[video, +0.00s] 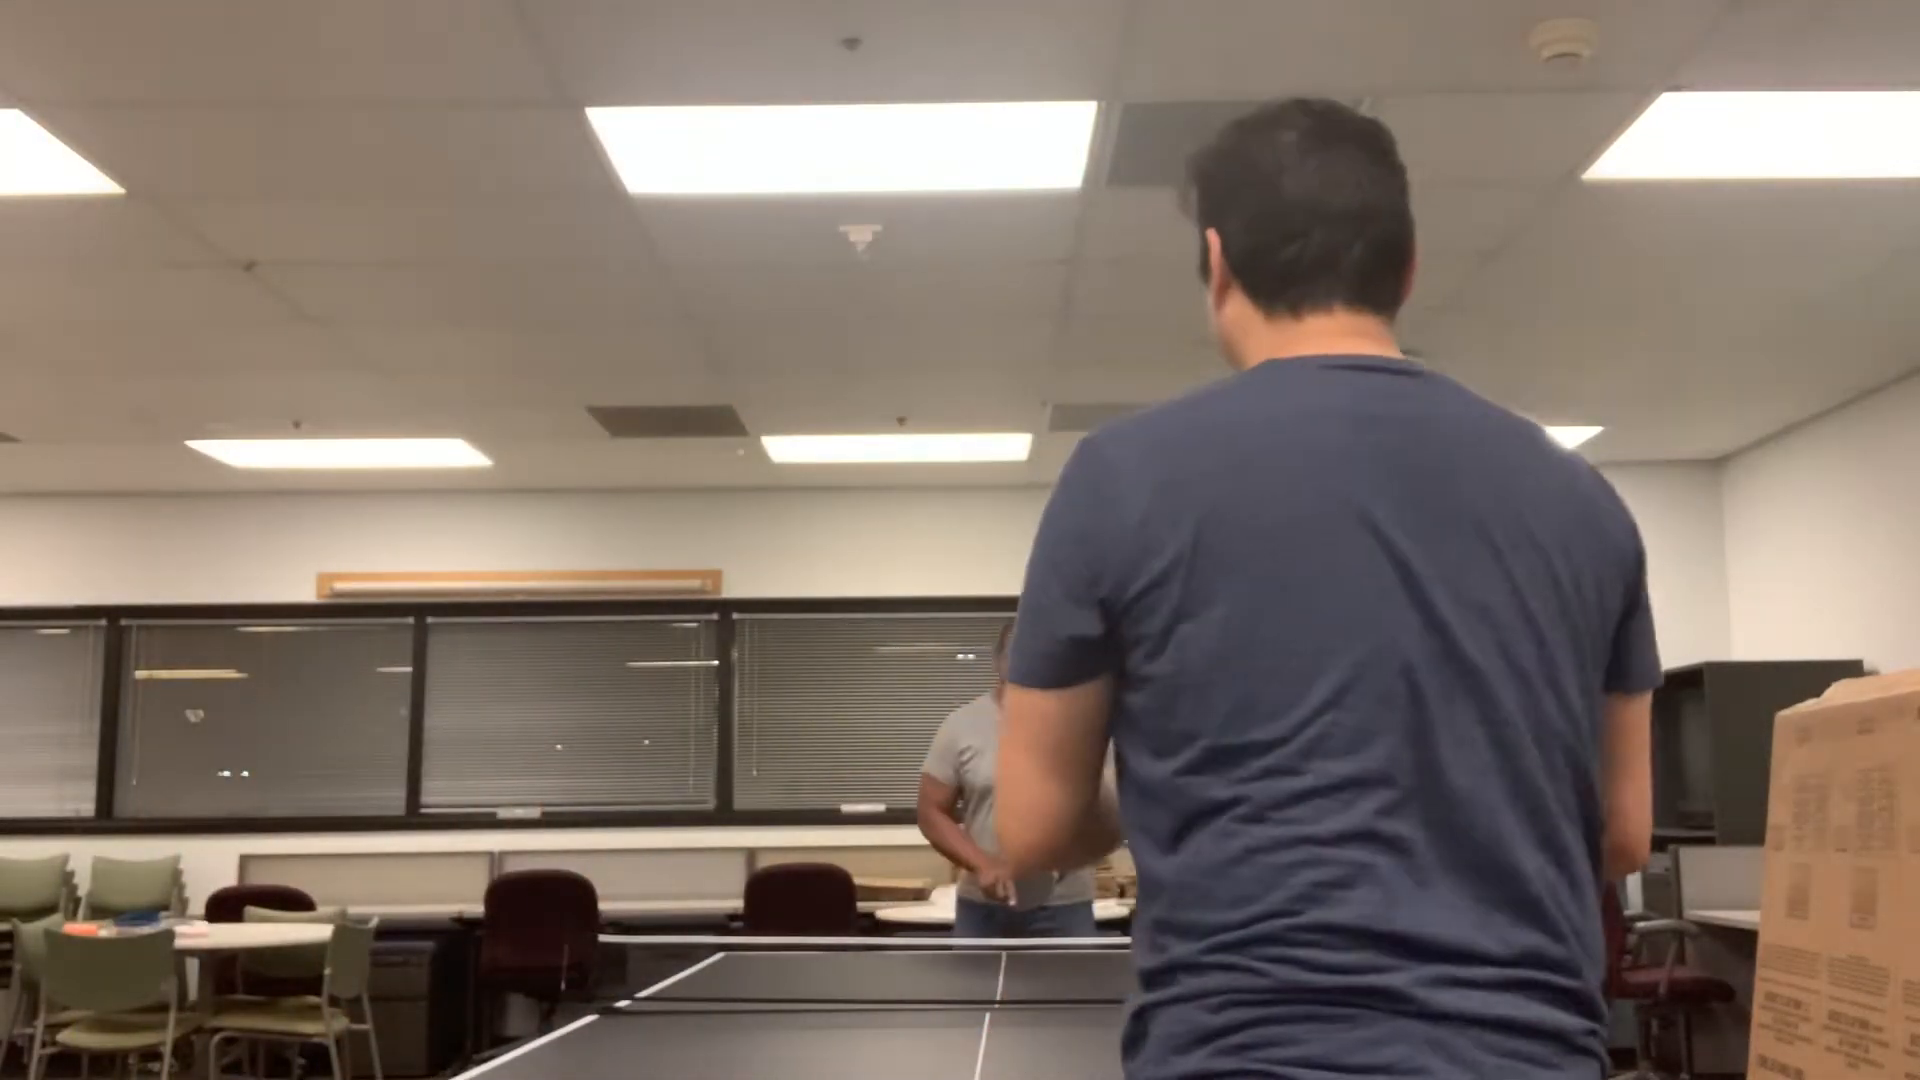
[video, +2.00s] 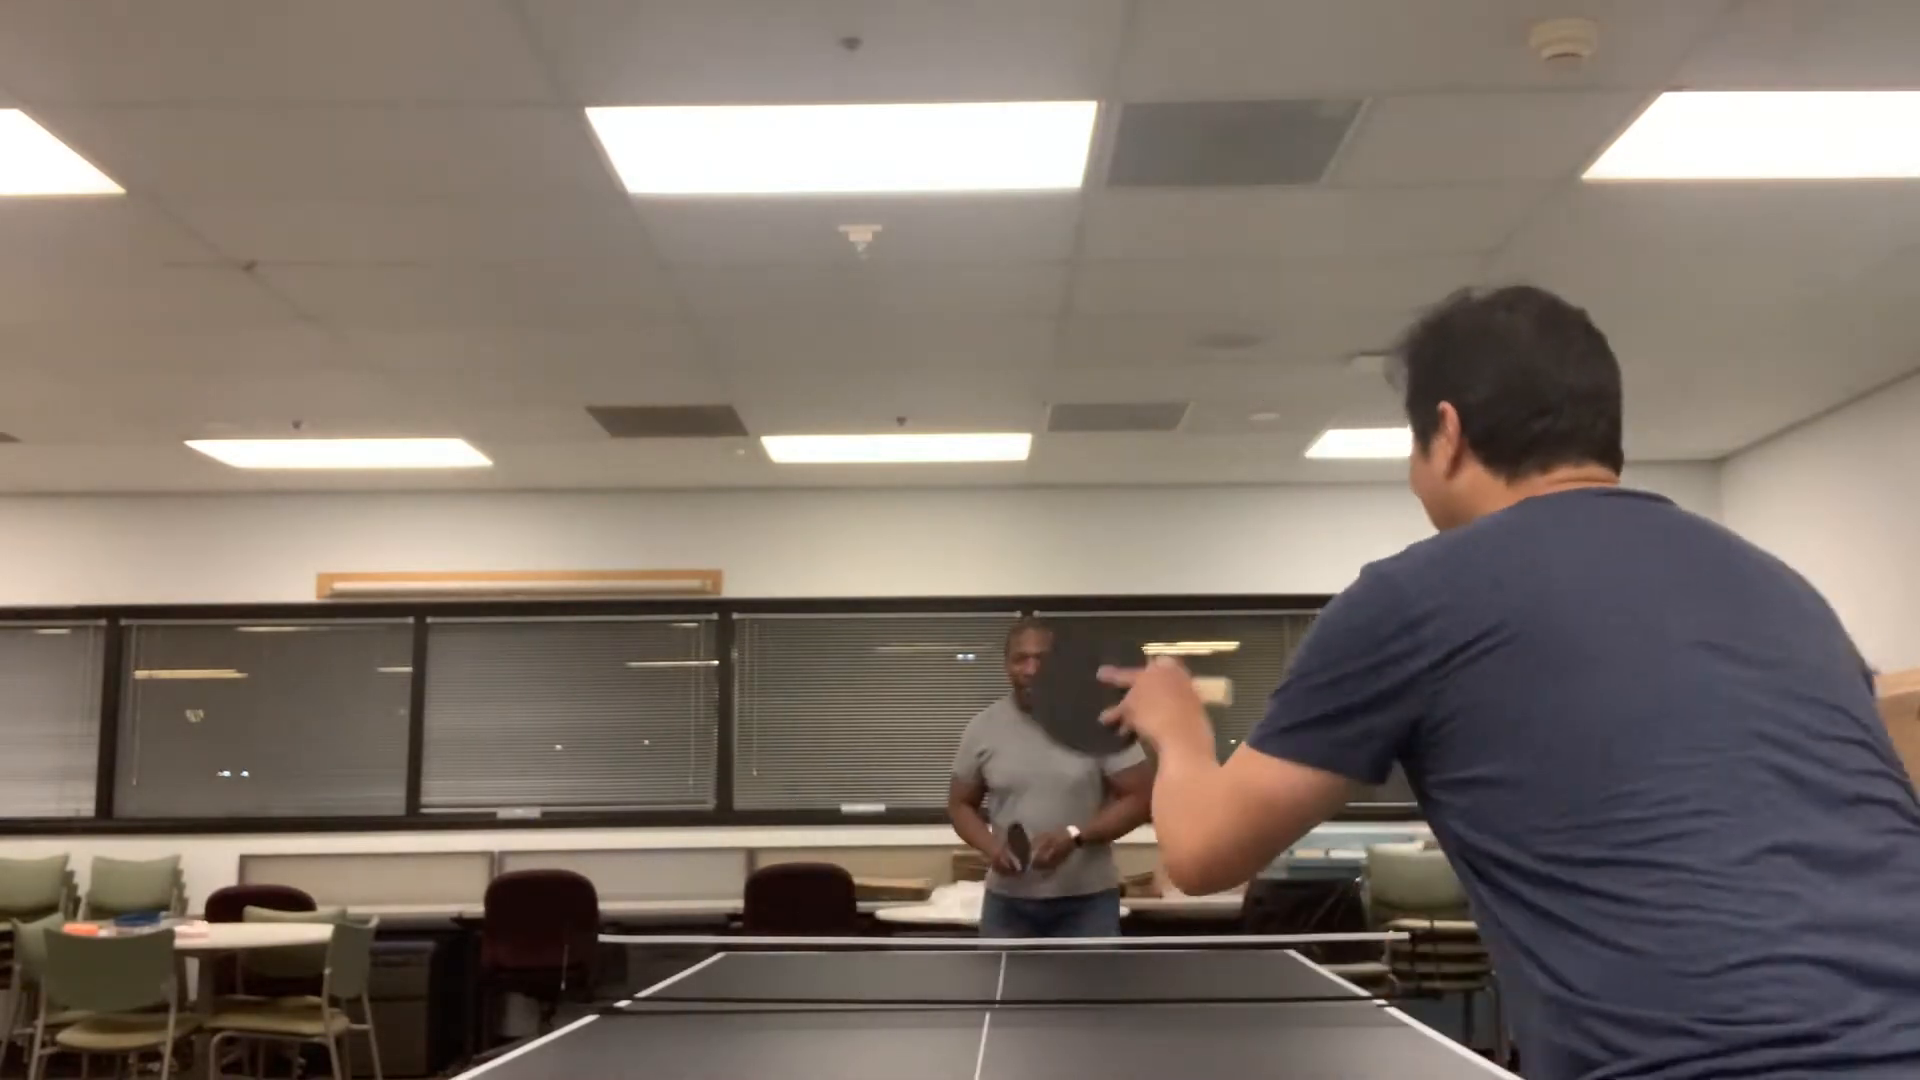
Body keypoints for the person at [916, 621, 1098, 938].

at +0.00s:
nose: (1024, 667)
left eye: (1035, 657)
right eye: (1016, 655)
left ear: (1054, 662)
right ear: (998, 661)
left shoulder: (1078, 726)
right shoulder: (964, 725)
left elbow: (1111, 816)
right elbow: (931, 813)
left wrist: (1060, 854)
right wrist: (983, 864)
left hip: (1064, 909)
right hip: (983, 911)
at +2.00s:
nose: (1031, 669)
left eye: (1042, 658)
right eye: (1020, 659)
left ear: (1062, 663)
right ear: (1007, 665)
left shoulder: (1094, 719)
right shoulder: (985, 726)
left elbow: (1140, 797)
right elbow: (960, 805)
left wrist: (1075, 835)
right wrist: (992, 848)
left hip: (1088, 903)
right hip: (1009, 902)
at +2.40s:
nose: (1036, 692)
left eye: (1048, 679)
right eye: (1025, 680)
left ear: (1067, 679)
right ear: (1012, 682)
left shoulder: (1109, 732)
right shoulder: (993, 736)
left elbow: (1159, 811)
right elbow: (974, 805)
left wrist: (1123, 876)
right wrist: (990, 852)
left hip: (1093, 918)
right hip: (1020, 917)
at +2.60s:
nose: (1070, 694)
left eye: (1084, 683)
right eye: (1062, 682)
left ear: (1109, 679)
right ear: (1054, 678)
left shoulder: (1154, 720)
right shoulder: (1033, 719)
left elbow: (1182, 794)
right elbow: (1010, 790)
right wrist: (1011, 848)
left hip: (1134, 900)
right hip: (1061, 900)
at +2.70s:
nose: (1084, 696)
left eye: (1097, 685)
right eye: (1077, 683)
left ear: (1126, 676)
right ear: (1070, 673)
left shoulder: (1176, 710)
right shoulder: (1056, 701)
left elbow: (1212, 782)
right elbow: (1026, 772)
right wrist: (1014, 822)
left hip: (1150, 884)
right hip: (1076, 884)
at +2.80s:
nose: (1101, 688)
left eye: (1115, 678)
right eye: (1094, 675)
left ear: (1143, 671)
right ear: (1088, 666)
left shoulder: (1186, 701)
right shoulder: (1071, 691)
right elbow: (1034, 758)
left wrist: (1253, 839)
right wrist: (1027, 800)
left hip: (1161, 880)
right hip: (1086, 877)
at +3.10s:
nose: (1126, 671)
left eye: (1139, 660)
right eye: (1117, 659)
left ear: (1162, 661)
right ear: (1106, 661)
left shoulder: (1198, 719)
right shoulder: (1077, 708)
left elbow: (1237, 803)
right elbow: (1045, 781)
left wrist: (1245, 895)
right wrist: (1057, 835)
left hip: (1162, 900)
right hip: (1086, 894)